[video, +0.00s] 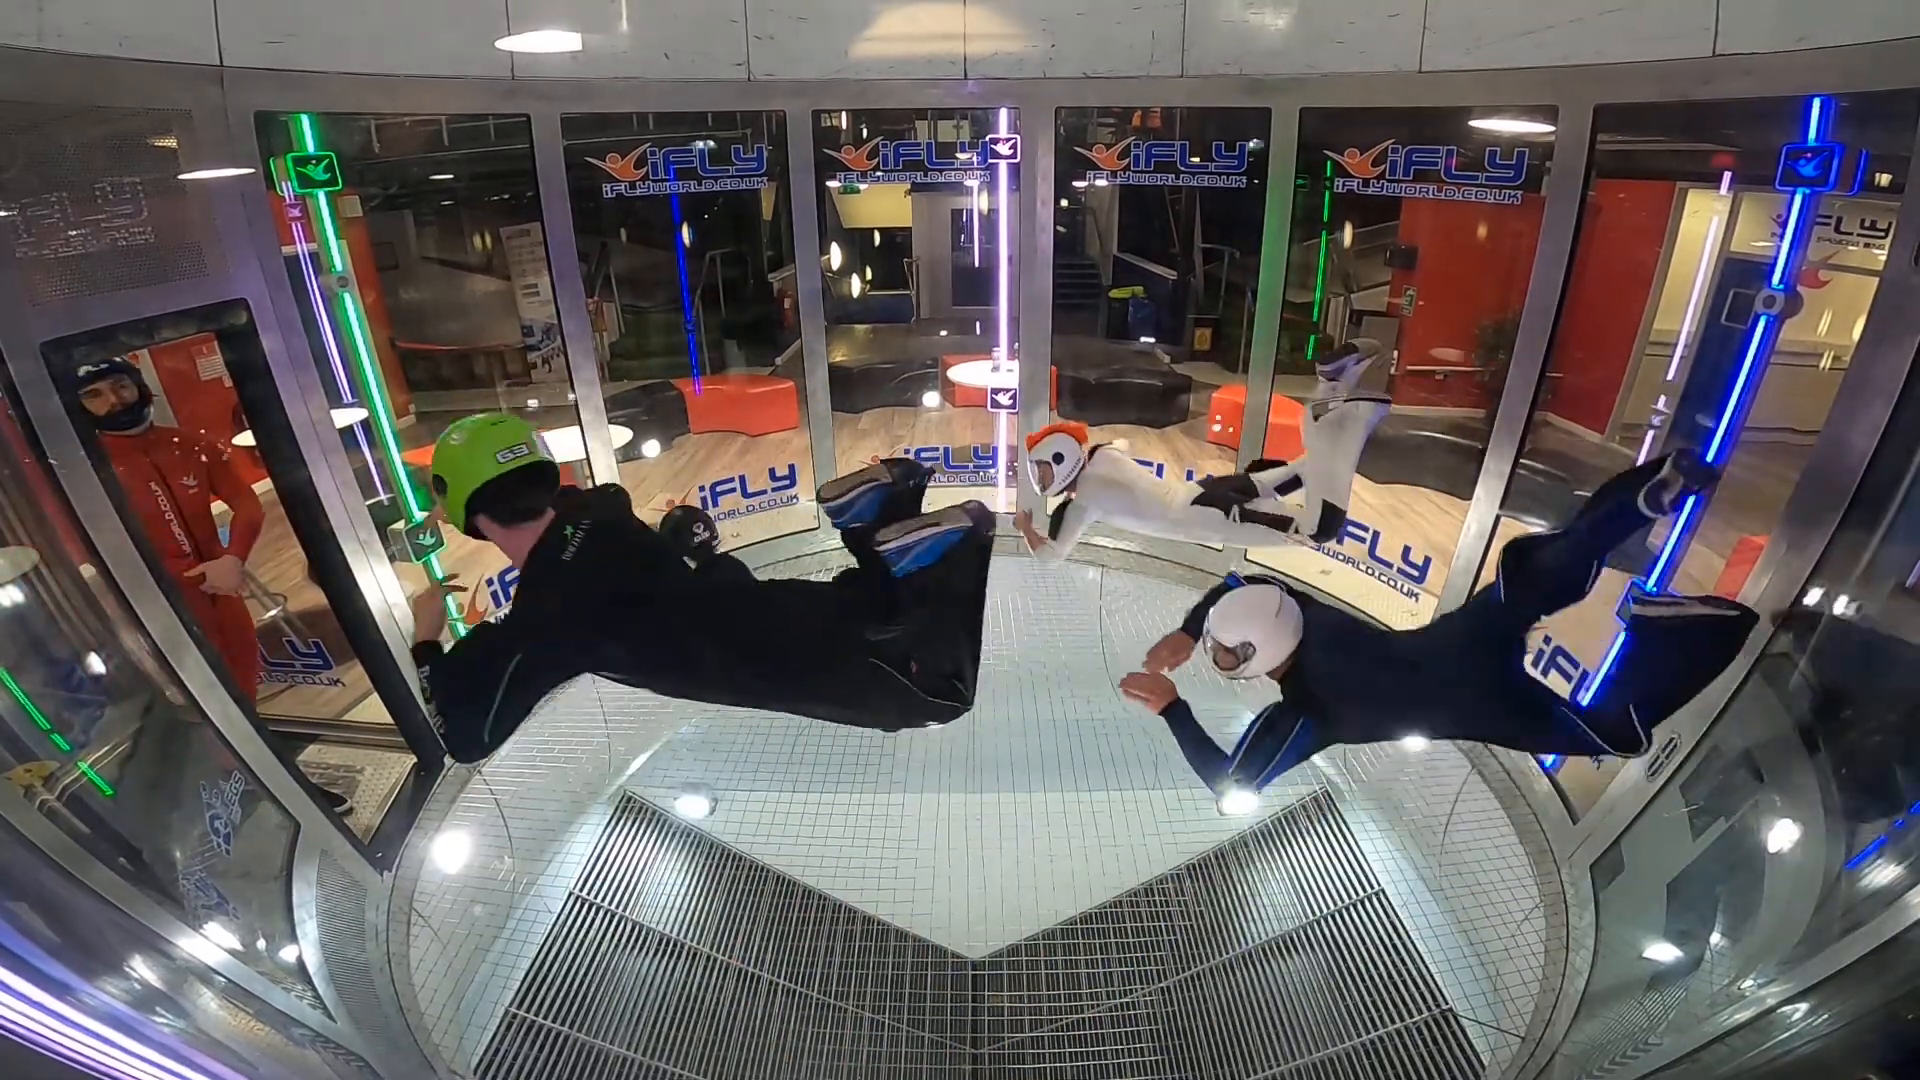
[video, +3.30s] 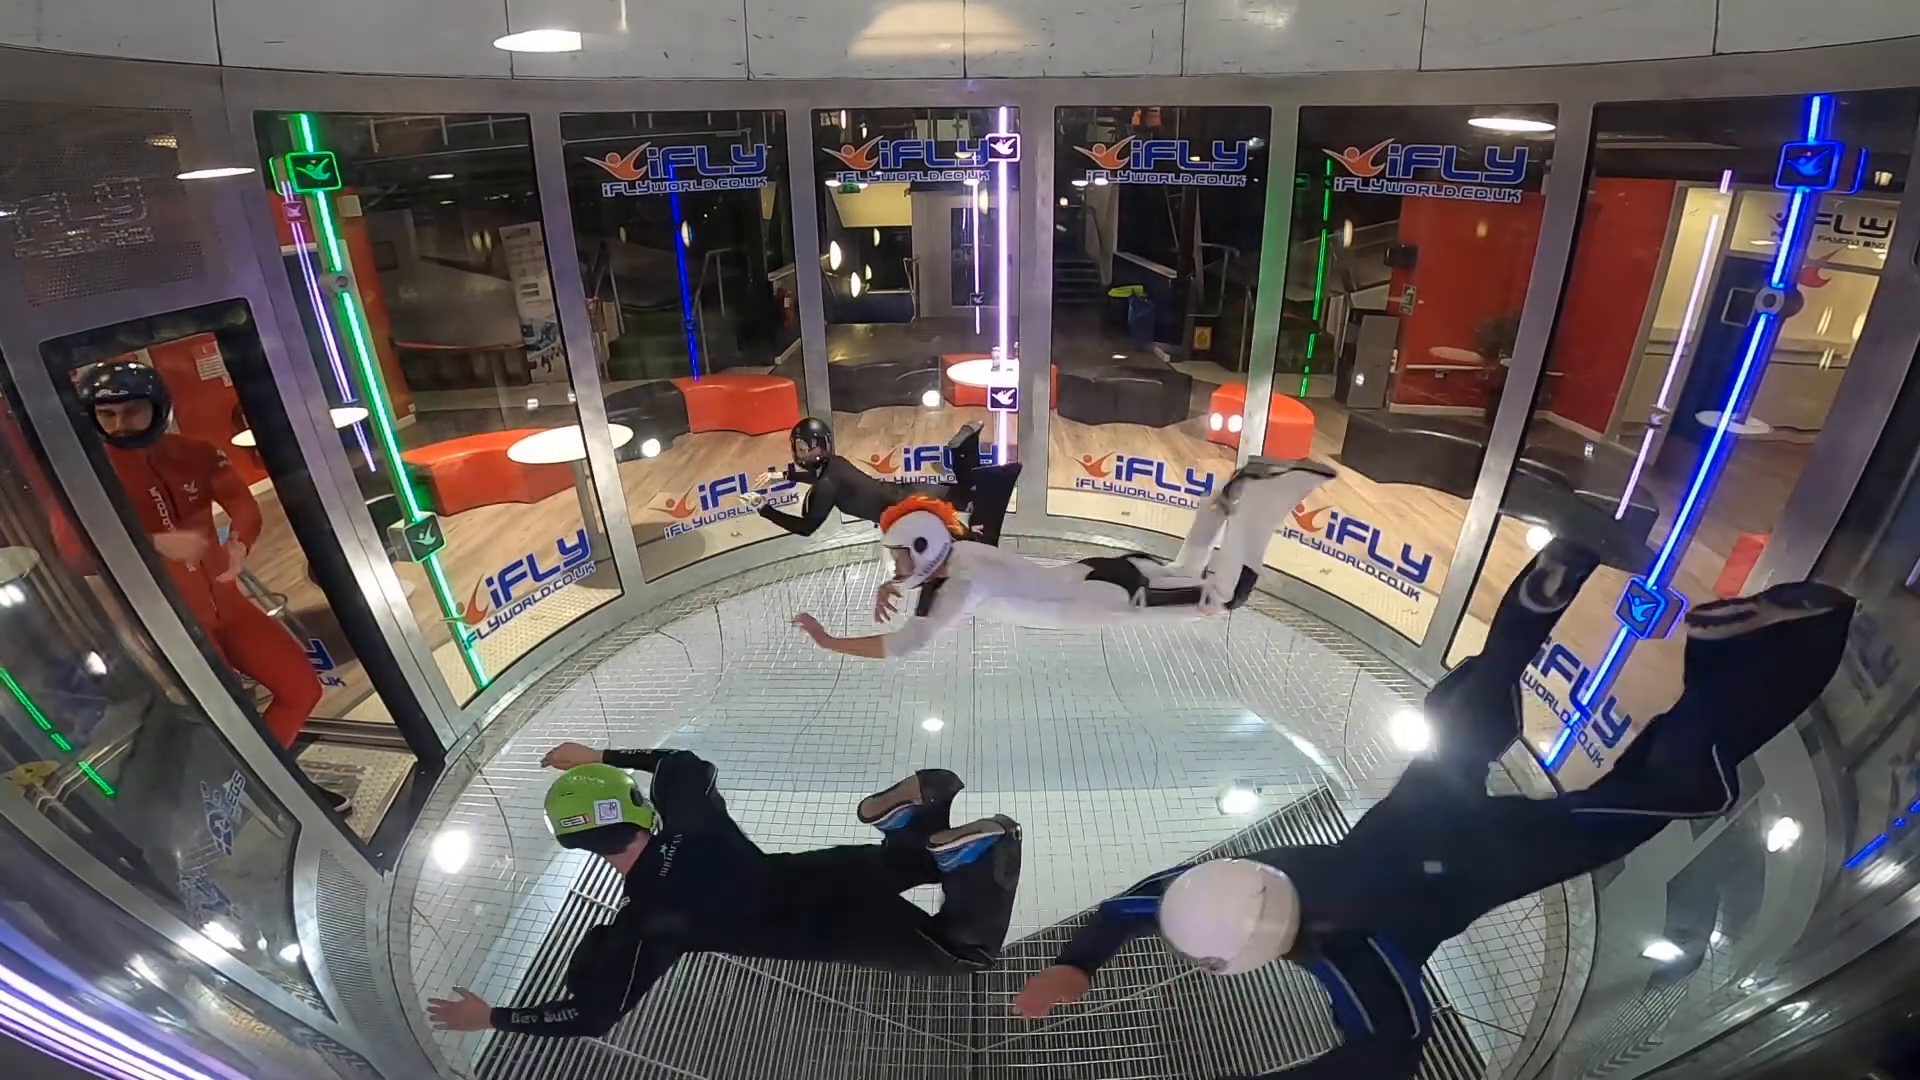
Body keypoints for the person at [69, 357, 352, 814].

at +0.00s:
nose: (112, 400)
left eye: (119, 385)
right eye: (95, 395)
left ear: (137, 387)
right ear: (80, 408)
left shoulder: (190, 444)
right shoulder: (84, 469)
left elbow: (248, 503)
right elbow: (95, 568)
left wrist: (235, 557)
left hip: (221, 604)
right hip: (166, 623)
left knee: (242, 715)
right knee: (215, 720)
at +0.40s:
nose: (135, 403)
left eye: (140, 389)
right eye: (117, 398)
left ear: (157, 389)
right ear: (100, 413)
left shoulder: (199, 450)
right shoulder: (106, 470)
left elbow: (249, 508)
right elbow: (138, 552)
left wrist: (258, 567)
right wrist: (226, 584)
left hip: (237, 600)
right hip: (186, 617)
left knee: (306, 681)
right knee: (234, 706)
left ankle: (300, 755)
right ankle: (257, 789)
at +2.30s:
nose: (116, 423)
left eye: (127, 407)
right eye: (101, 411)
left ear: (151, 405)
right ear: (86, 417)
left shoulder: (194, 454)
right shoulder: (90, 476)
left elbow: (254, 509)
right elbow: (93, 558)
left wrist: (238, 517)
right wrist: (161, 548)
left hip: (233, 606)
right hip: (182, 628)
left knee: (305, 689)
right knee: (237, 711)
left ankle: (247, 780)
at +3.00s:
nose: (117, 425)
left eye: (132, 412)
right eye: (106, 413)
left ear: (158, 412)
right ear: (92, 414)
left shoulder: (186, 455)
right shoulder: (90, 470)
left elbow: (242, 500)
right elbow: (71, 542)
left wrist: (204, 509)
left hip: (224, 607)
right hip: (172, 630)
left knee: (301, 687)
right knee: (237, 712)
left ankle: (245, 781)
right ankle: (293, 791)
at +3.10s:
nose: (116, 426)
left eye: (130, 413)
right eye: (105, 413)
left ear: (157, 413)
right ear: (92, 415)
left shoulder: (193, 456)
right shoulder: (89, 474)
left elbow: (243, 505)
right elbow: (72, 546)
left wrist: (219, 527)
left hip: (225, 607)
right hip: (169, 629)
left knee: (302, 688)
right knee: (233, 713)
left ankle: (243, 779)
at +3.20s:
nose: (116, 426)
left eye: (129, 413)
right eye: (104, 414)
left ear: (155, 412)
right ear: (90, 414)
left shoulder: (190, 455)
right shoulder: (84, 474)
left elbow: (241, 504)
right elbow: (67, 541)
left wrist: (231, 538)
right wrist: (114, 503)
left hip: (224, 605)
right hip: (168, 627)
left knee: (302, 688)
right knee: (232, 715)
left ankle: (244, 779)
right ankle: (294, 790)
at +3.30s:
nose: (121, 425)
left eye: (132, 411)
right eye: (107, 414)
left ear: (155, 409)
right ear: (91, 417)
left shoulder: (194, 456)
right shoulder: (84, 475)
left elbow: (245, 507)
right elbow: (76, 554)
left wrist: (238, 546)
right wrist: (154, 544)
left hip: (224, 604)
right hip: (169, 626)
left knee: (302, 688)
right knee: (233, 716)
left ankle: (245, 778)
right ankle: (294, 791)